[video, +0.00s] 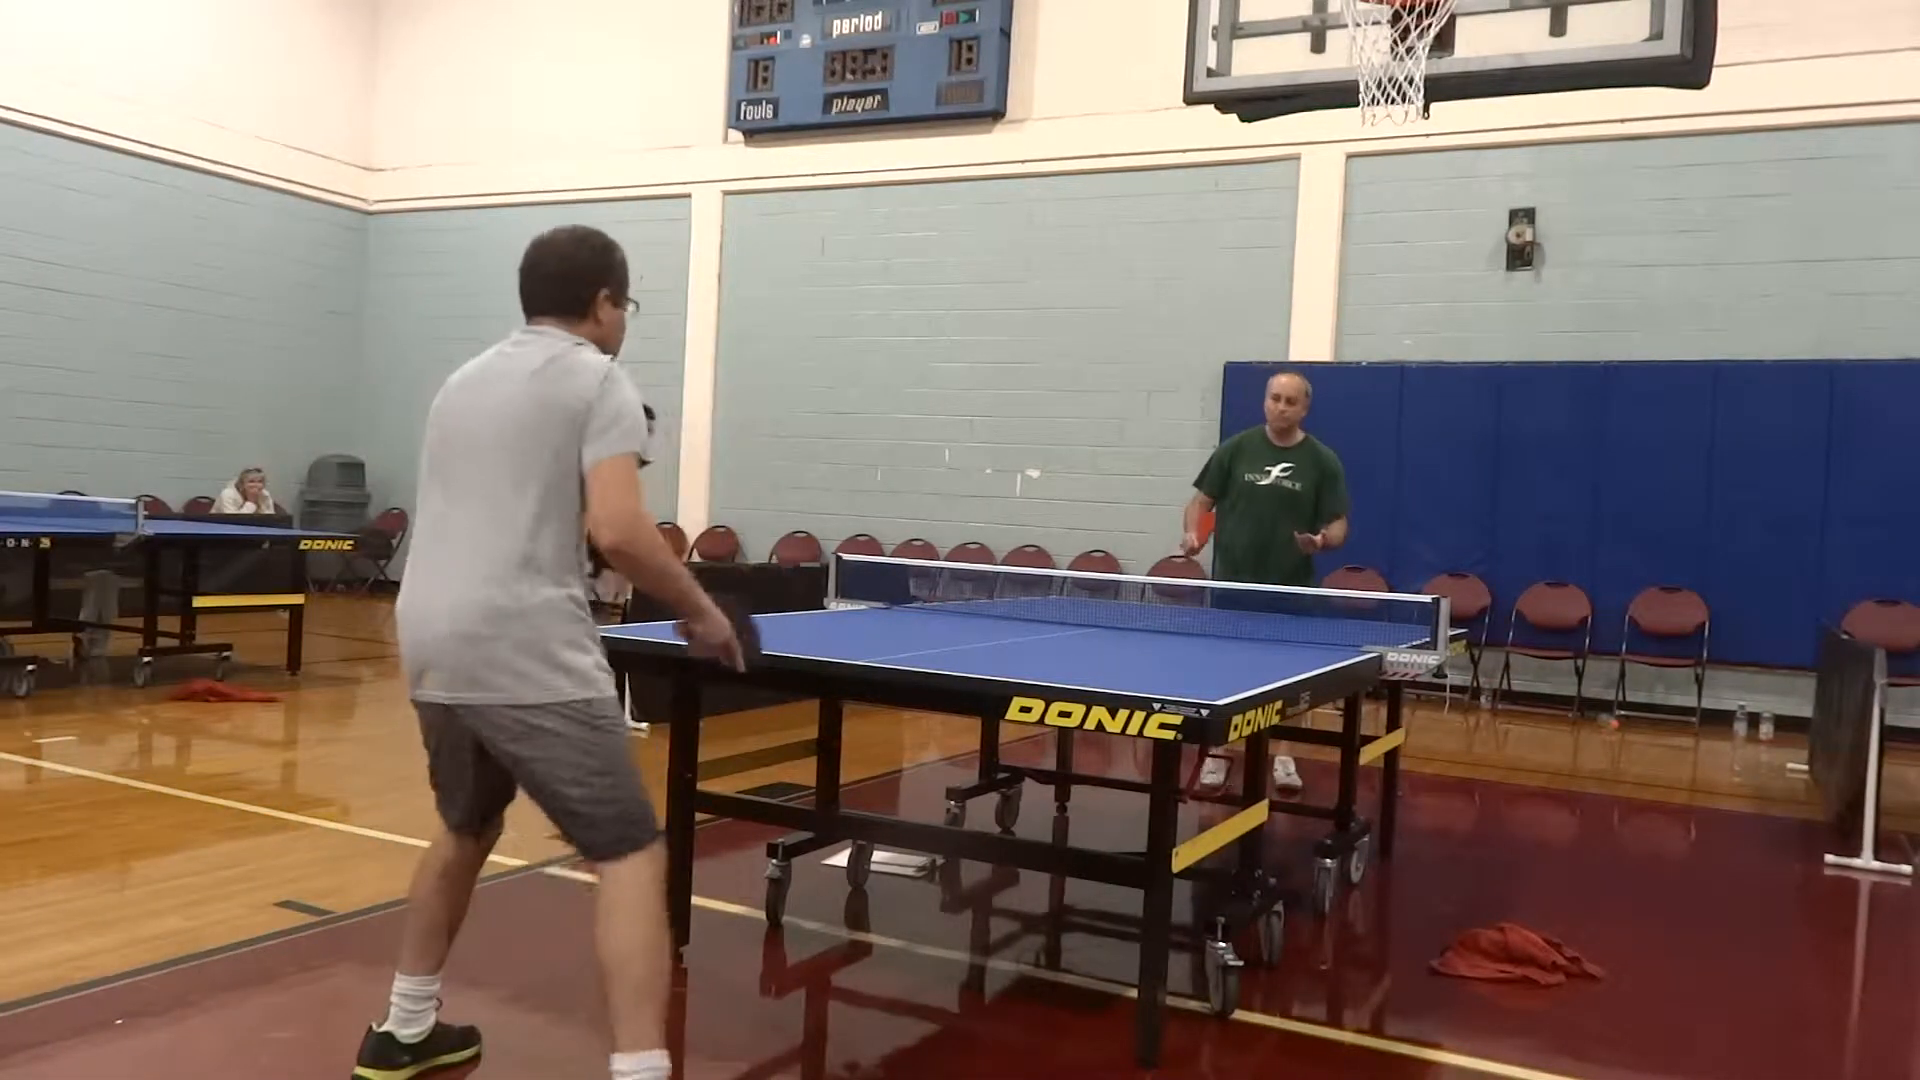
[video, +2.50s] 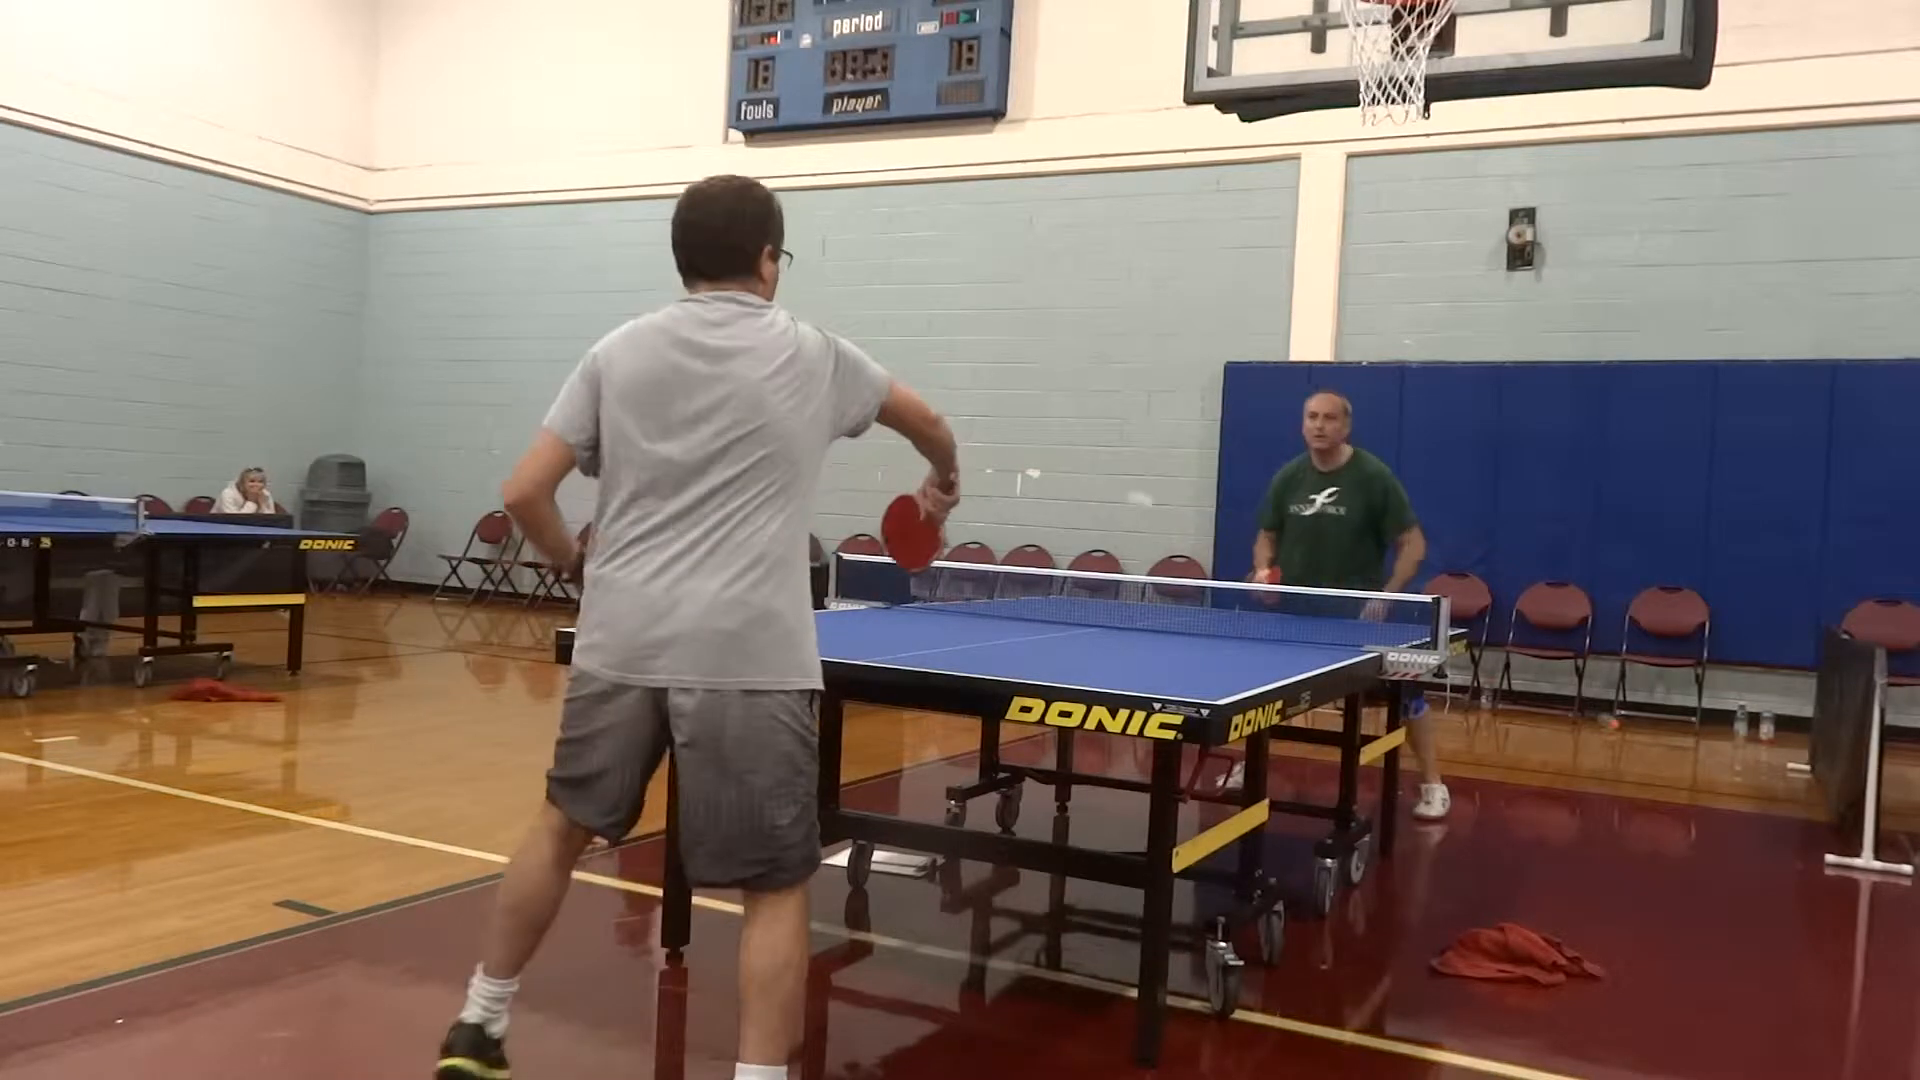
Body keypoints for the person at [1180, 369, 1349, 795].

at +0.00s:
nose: (1280, 407)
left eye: (1290, 401)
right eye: (1275, 399)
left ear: (1305, 408)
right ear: (1265, 401)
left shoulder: (1323, 461)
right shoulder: (1235, 449)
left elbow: (1338, 524)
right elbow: (1200, 501)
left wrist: (1321, 540)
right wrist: (1191, 532)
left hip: (1290, 592)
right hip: (1232, 586)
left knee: (1289, 671)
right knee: (1225, 663)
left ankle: (1283, 753)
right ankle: (1217, 752)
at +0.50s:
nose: (1245, 442)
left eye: (1255, 434)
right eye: (1238, 432)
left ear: (1269, 434)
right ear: (1226, 429)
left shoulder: (1286, 478)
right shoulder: (1197, 468)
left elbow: (1298, 546)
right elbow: (1159, 526)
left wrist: (1291, 573)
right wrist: (1152, 585)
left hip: (1263, 596)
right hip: (1205, 592)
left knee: (1283, 666)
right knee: (1203, 671)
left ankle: (1289, 745)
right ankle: (1207, 757)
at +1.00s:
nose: (1245, 445)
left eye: (1255, 437)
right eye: (1238, 435)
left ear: (1268, 441)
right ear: (1225, 435)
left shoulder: (1284, 484)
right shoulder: (1197, 475)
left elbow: (1296, 551)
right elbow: (1154, 527)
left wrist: (1290, 571)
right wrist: (1127, 580)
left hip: (1260, 602)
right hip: (1203, 598)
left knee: (1281, 673)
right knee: (1201, 676)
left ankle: (1300, 749)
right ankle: (1207, 759)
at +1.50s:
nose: (1279, 420)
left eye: (1285, 412)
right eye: (1269, 411)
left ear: (1292, 416)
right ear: (1249, 414)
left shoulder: (1307, 463)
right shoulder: (1225, 459)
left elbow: (1326, 524)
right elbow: (1214, 531)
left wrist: (1356, 548)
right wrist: (1277, 548)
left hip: (1286, 590)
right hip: (1227, 589)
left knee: (1302, 669)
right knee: (1219, 666)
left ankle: (1301, 753)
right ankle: (1211, 757)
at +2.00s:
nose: (1289, 408)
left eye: (1297, 400)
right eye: (1280, 400)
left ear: (1309, 406)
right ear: (1266, 407)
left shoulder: (1336, 458)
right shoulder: (1245, 461)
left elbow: (1359, 515)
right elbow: (1224, 520)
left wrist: (1369, 572)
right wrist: (1228, 550)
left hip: (1319, 594)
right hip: (1259, 593)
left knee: (1323, 680)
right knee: (1254, 674)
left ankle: (1303, 755)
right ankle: (1247, 759)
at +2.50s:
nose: (1320, 425)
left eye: (1330, 418)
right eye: (1313, 417)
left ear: (1347, 426)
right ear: (1302, 424)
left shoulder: (1374, 477)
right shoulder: (1287, 478)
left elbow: (1413, 544)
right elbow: (1267, 535)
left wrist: (1387, 596)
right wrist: (1263, 567)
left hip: (1358, 619)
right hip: (1294, 615)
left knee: (1407, 689)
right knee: (1254, 681)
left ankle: (1431, 783)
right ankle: (1251, 765)